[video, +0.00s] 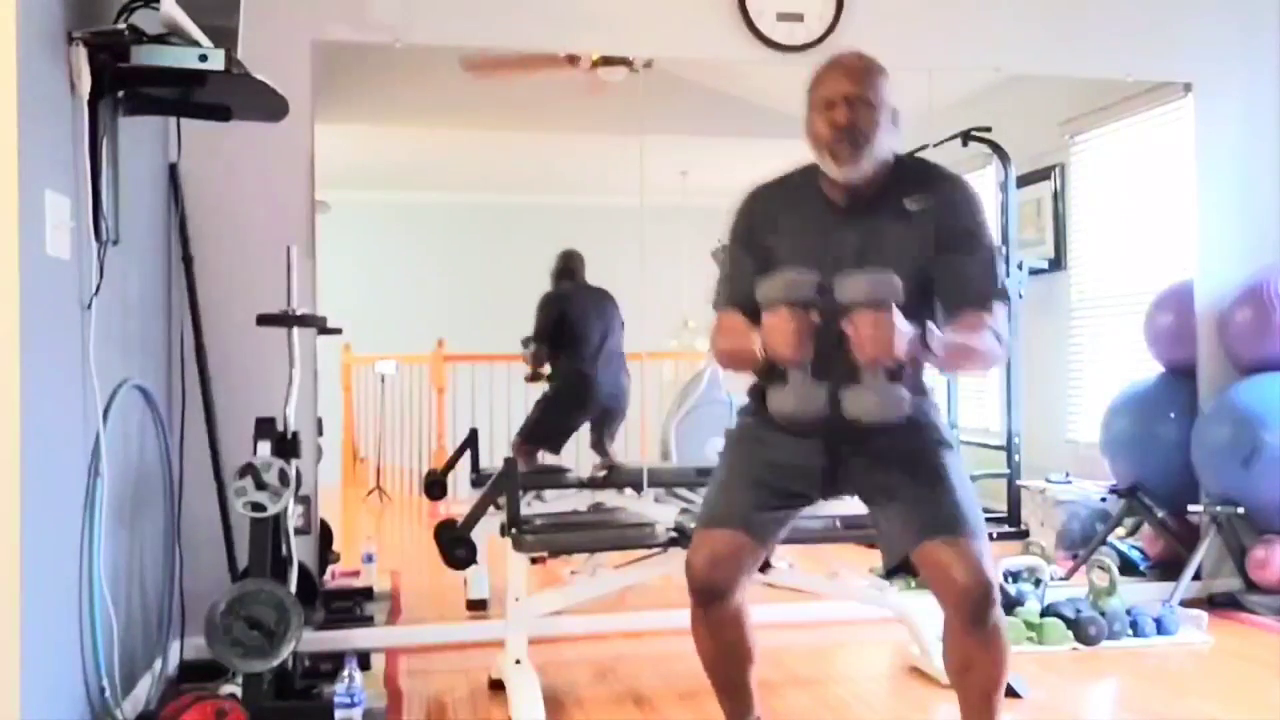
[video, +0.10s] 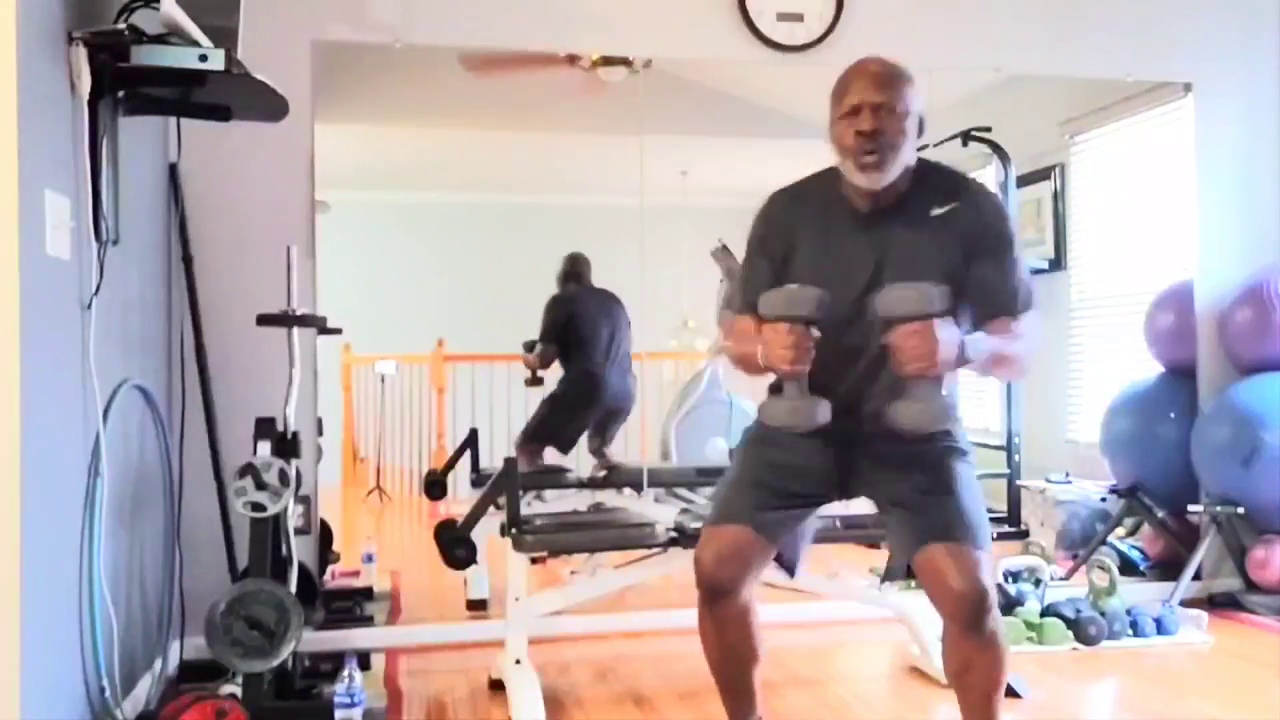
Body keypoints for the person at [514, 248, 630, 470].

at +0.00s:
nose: (553, 276)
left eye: (555, 272)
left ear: (557, 272)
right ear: (583, 273)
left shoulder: (554, 299)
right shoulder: (606, 298)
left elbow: (540, 353)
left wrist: (534, 364)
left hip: (576, 388)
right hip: (617, 388)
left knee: (524, 447)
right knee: (602, 444)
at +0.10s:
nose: (558, 281)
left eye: (560, 276)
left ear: (563, 277)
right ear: (588, 277)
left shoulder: (562, 301)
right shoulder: (613, 301)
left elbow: (545, 359)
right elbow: (616, 347)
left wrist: (532, 361)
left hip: (583, 390)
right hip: (623, 391)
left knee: (528, 447)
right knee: (599, 446)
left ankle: (537, 503)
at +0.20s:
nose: (560, 268)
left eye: (561, 264)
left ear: (564, 263)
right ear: (591, 262)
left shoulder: (568, 286)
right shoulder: (619, 288)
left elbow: (553, 338)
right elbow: (637, 341)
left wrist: (534, 349)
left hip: (590, 377)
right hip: (629, 378)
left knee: (539, 440)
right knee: (605, 443)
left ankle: (539, 500)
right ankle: (628, 493)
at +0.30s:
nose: (561, 252)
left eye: (562, 247)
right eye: (563, 248)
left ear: (566, 245)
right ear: (591, 244)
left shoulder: (574, 264)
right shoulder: (626, 269)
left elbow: (571, 306)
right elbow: (656, 311)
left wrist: (540, 329)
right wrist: (626, 324)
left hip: (593, 362)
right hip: (629, 365)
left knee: (549, 430)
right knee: (610, 433)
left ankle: (546, 496)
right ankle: (625, 487)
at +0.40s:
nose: (565, 244)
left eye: (566, 239)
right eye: (565, 240)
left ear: (570, 238)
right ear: (594, 236)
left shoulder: (575, 256)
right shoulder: (624, 259)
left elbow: (585, 283)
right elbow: (667, 290)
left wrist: (547, 313)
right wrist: (641, 315)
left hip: (593, 359)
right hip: (629, 362)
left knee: (550, 431)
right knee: (612, 431)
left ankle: (556, 501)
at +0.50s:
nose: (567, 249)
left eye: (569, 244)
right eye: (568, 244)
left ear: (574, 242)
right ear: (598, 240)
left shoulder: (579, 258)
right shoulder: (624, 262)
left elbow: (585, 282)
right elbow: (672, 287)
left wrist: (548, 309)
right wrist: (647, 311)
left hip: (596, 365)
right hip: (631, 367)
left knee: (556, 436)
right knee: (615, 437)